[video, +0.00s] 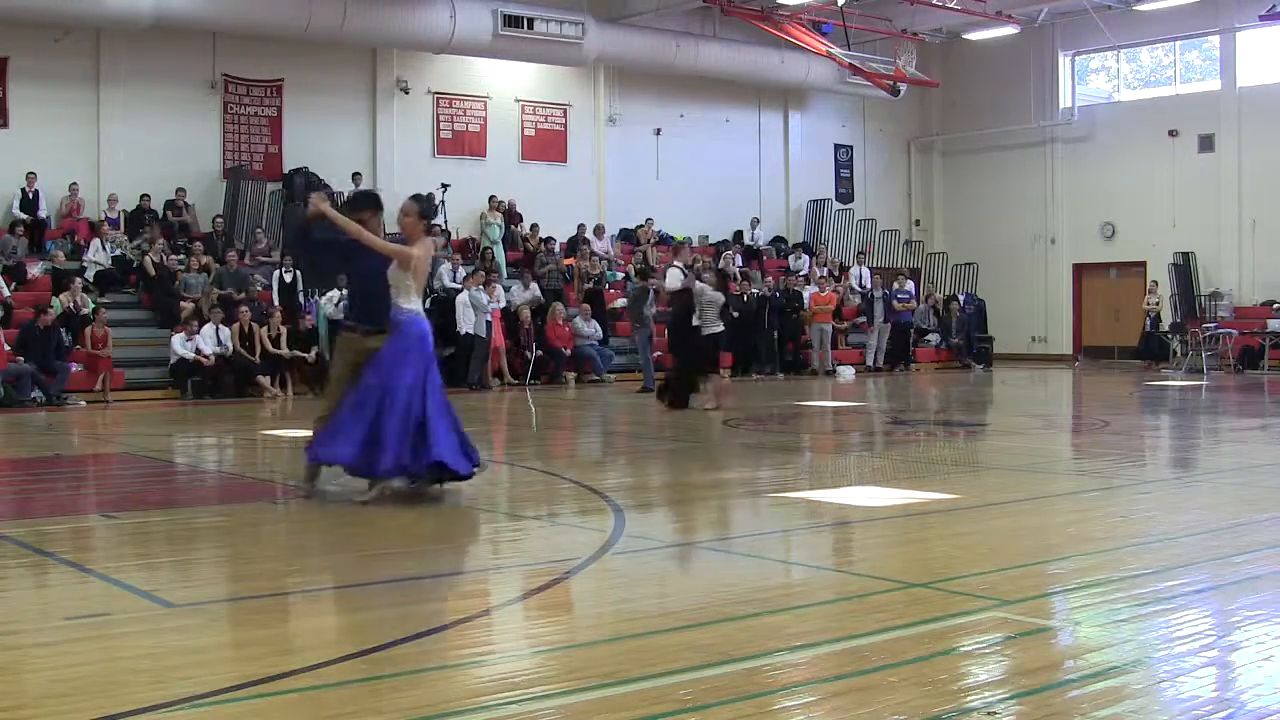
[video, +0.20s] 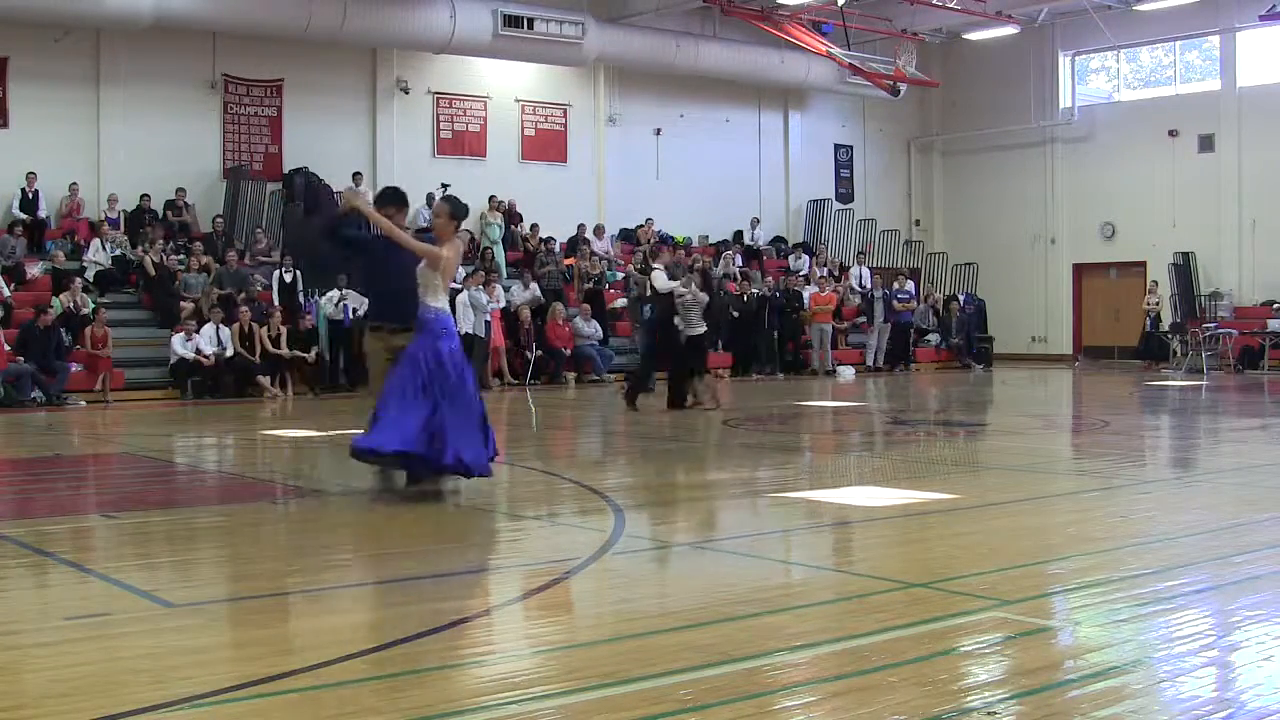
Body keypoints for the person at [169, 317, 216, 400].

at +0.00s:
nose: (196, 329)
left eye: (197, 326)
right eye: (194, 326)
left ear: (198, 327)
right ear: (186, 327)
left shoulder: (197, 338)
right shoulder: (176, 338)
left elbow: (203, 347)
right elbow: (180, 352)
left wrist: (210, 355)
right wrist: (199, 358)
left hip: (192, 363)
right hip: (177, 365)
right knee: (183, 361)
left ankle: (203, 392)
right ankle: (184, 393)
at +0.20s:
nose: (190, 328)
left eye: (192, 326)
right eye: (188, 325)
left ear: (195, 328)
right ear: (183, 327)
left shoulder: (197, 338)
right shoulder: (176, 338)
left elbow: (203, 347)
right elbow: (180, 351)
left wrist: (210, 355)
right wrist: (199, 358)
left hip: (192, 363)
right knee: (183, 361)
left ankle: (203, 392)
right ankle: (184, 393)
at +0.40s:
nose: (189, 327)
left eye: (191, 325)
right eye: (187, 325)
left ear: (195, 327)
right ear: (183, 326)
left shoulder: (196, 337)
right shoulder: (176, 338)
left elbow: (204, 347)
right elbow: (179, 351)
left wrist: (211, 355)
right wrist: (199, 358)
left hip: (192, 363)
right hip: (177, 364)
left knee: (206, 363)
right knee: (183, 361)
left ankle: (201, 391)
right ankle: (184, 392)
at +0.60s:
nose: (189, 327)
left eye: (191, 325)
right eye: (186, 325)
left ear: (195, 327)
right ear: (183, 326)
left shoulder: (196, 337)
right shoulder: (176, 338)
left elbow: (204, 347)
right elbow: (179, 351)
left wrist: (211, 355)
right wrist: (199, 358)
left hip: (192, 363)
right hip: (177, 364)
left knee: (206, 363)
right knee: (183, 361)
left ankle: (202, 391)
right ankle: (184, 392)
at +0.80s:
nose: (188, 327)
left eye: (190, 325)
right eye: (186, 325)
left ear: (194, 326)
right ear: (182, 326)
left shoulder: (196, 337)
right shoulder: (175, 338)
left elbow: (204, 347)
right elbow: (179, 351)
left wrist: (211, 355)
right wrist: (198, 358)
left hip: (192, 363)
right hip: (177, 365)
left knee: (206, 363)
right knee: (183, 361)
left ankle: (202, 392)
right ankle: (184, 393)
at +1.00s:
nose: (188, 327)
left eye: (190, 325)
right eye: (186, 325)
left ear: (194, 326)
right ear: (182, 326)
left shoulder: (196, 337)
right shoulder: (175, 338)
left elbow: (204, 348)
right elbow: (178, 351)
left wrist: (211, 355)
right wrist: (198, 358)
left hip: (192, 363)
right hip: (177, 365)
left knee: (206, 363)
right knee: (183, 361)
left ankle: (202, 392)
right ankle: (184, 392)